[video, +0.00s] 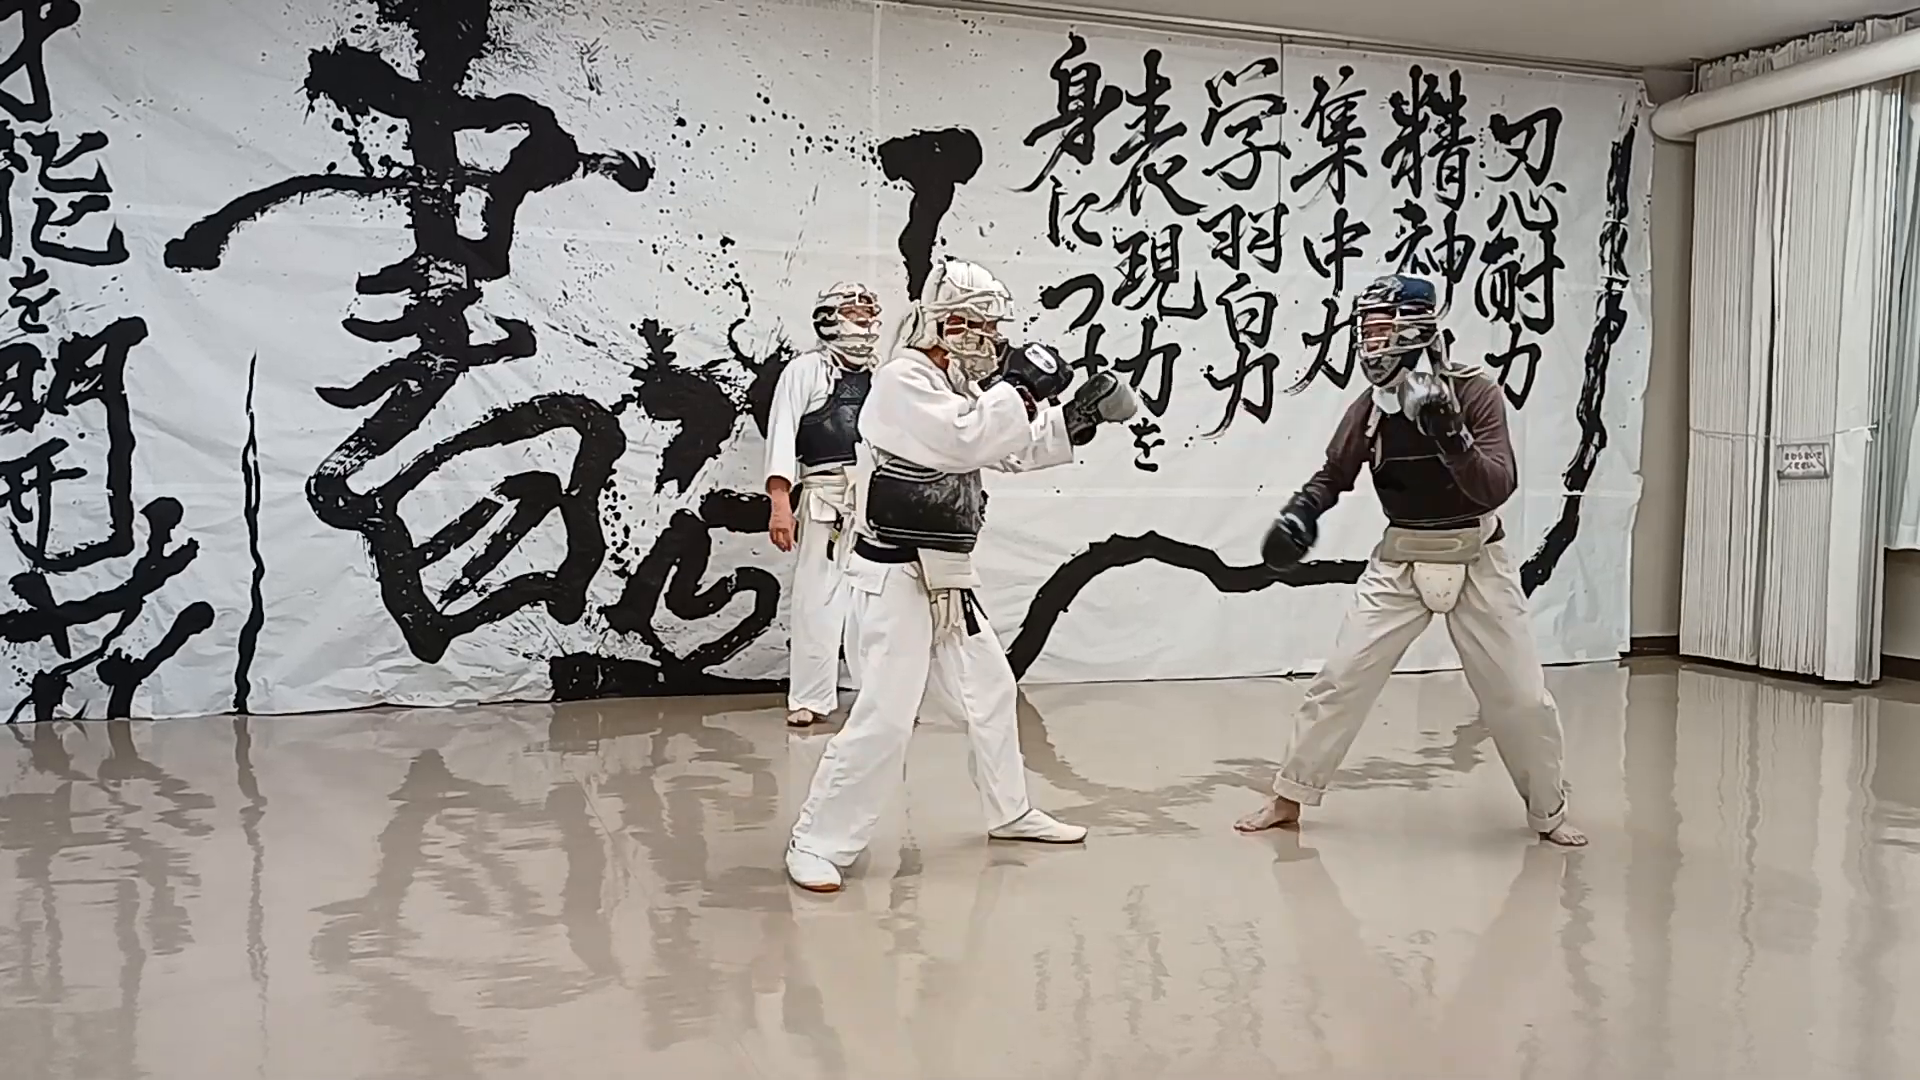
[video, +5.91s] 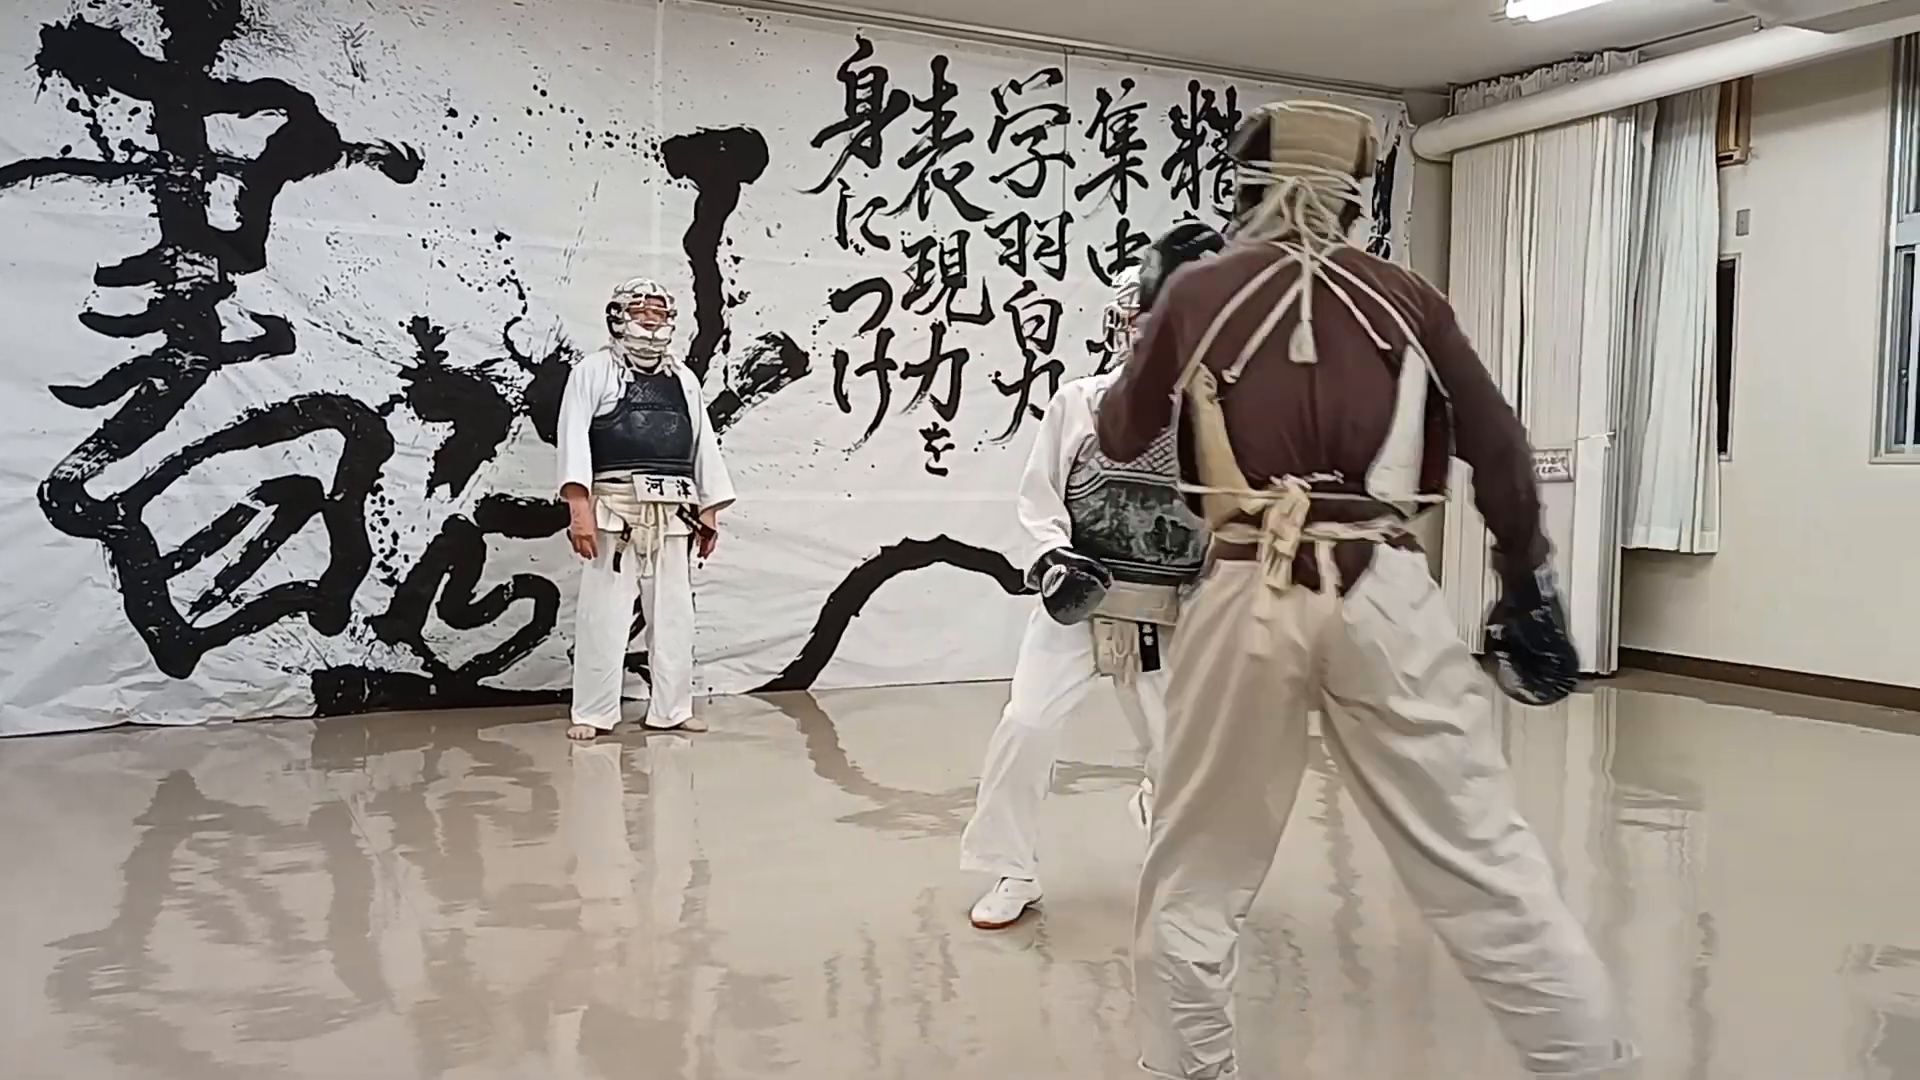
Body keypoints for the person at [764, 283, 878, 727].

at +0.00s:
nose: (865, 323)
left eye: (870, 315)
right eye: (854, 315)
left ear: (877, 321)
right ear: (829, 321)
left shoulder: (882, 373)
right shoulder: (805, 369)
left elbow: (900, 436)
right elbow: (781, 436)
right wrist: (779, 504)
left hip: (876, 497)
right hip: (821, 497)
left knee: (877, 599)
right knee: (815, 602)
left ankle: (878, 698)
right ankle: (808, 700)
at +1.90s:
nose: (862, 326)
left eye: (869, 320)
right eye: (852, 318)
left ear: (877, 326)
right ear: (830, 321)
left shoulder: (885, 380)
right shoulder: (801, 371)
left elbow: (904, 446)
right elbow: (781, 440)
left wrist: (911, 508)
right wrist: (786, 506)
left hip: (875, 509)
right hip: (816, 507)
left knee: (876, 613)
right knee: (809, 613)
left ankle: (874, 706)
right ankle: (800, 709)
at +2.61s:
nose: (798, 323)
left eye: (803, 317)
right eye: (788, 315)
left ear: (808, 326)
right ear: (762, 320)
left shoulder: (817, 381)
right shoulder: (733, 374)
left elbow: (836, 447)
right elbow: (715, 443)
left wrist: (844, 509)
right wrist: (722, 509)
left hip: (811, 511)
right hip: (751, 510)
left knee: (812, 614)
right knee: (744, 615)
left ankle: (810, 708)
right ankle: (734, 712)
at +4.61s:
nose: (731, 321)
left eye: (738, 315)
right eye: (721, 313)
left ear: (746, 323)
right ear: (698, 318)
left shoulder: (755, 379)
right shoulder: (670, 372)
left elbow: (775, 446)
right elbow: (651, 442)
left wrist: (781, 511)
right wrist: (658, 509)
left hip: (749, 511)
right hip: (688, 509)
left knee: (751, 614)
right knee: (681, 616)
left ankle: (747, 709)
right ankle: (671, 713)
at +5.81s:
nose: (661, 318)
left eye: (669, 312)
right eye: (651, 310)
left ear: (679, 321)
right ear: (630, 316)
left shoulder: (693, 377)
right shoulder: (604, 368)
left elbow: (714, 446)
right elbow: (584, 438)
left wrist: (719, 511)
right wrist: (590, 506)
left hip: (684, 510)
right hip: (620, 509)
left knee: (685, 616)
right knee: (614, 617)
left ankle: (681, 710)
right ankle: (604, 715)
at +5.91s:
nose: (650, 319)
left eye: (658, 313)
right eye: (639, 311)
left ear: (668, 321)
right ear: (619, 316)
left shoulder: (683, 377)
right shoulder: (593, 369)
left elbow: (704, 446)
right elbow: (573, 439)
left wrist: (709, 511)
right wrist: (579, 507)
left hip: (673, 510)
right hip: (610, 509)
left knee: (674, 616)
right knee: (602, 618)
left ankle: (671, 710)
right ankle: (592, 716)